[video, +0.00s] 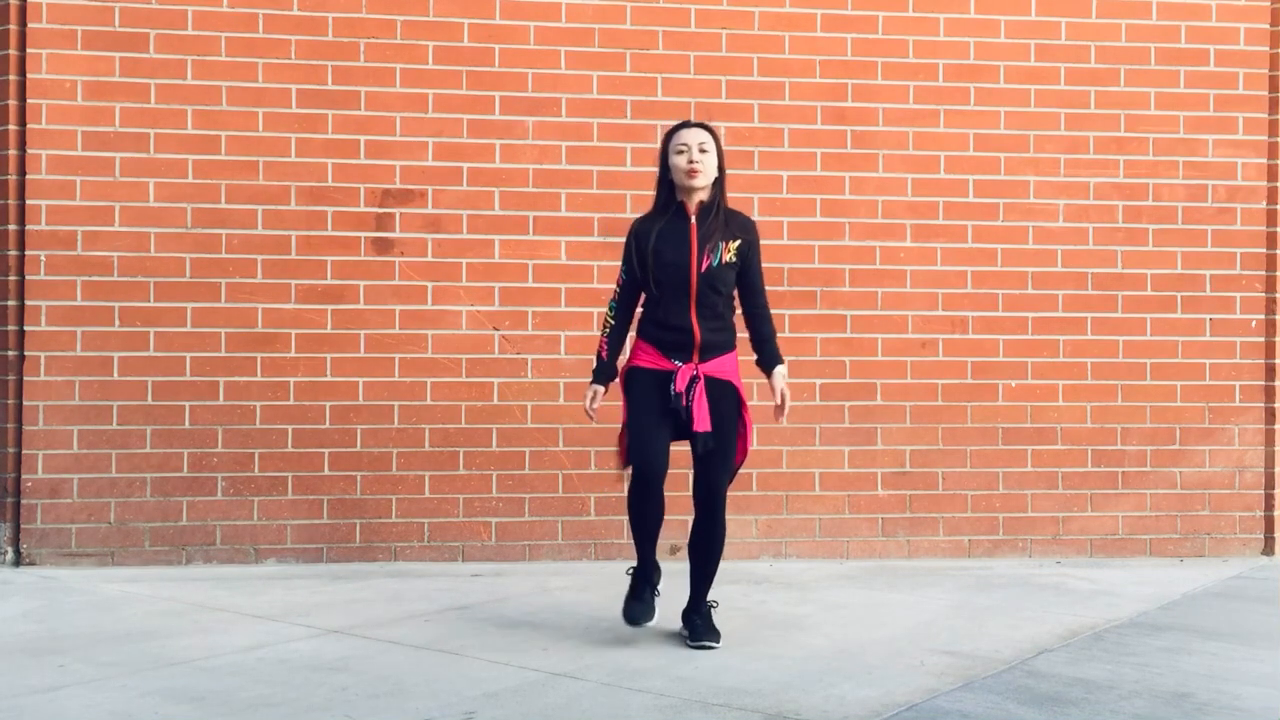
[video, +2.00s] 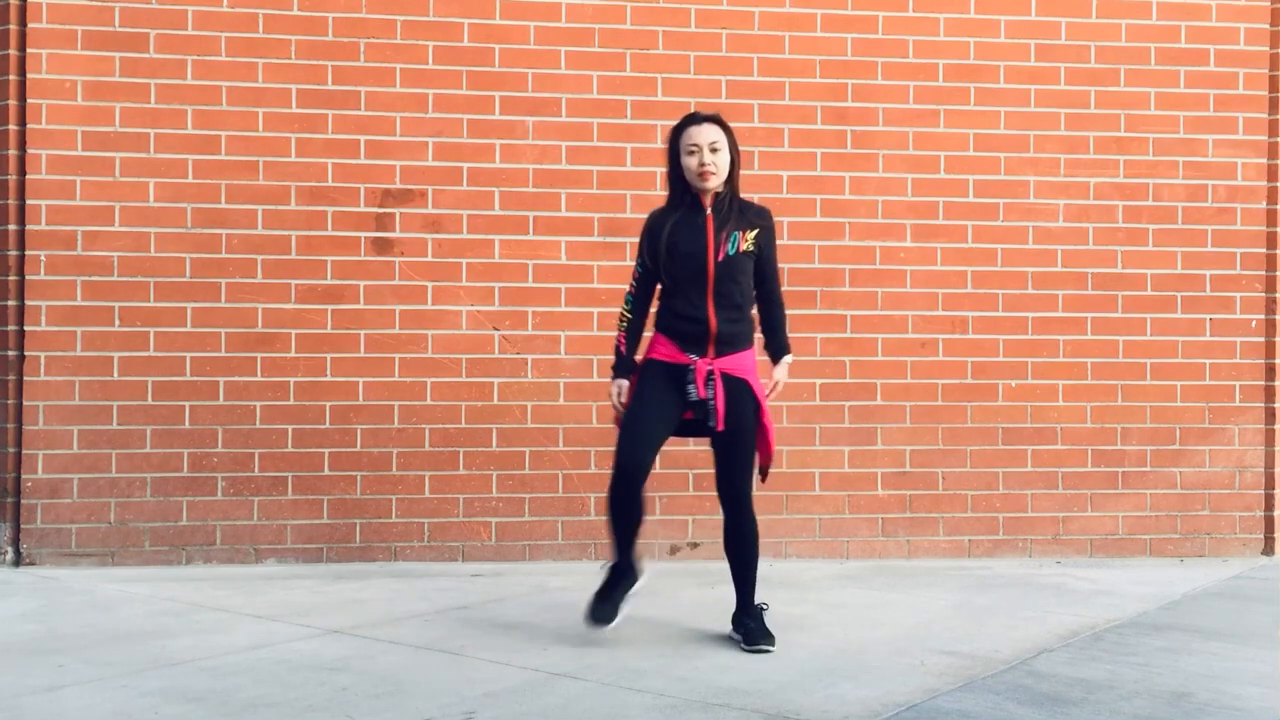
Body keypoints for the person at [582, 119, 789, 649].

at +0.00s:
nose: (693, 158)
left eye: (703, 150)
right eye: (682, 151)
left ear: (718, 162)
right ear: (666, 164)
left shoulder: (738, 228)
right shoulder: (646, 229)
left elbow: (755, 302)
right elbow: (622, 303)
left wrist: (774, 365)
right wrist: (603, 369)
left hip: (715, 371)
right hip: (651, 368)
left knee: (711, 493)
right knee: (647, 471)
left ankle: (698, 606)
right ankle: (645, 571)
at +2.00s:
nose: (705, 160)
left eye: (714, 149)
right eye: (693, 151)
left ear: (731, 156)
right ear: (679, 162)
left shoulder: (755, 220)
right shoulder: (662, 222)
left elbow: (769, 292)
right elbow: (638, 296)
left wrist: (780, 351)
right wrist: (622, 365)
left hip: (734, 367)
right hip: (667, 364)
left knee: (736, 491)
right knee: (627, 467)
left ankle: (747, 609)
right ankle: (623, 566)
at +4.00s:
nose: (707, 162)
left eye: (716, 152)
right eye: (695, 153)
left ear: (732, 159)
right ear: (678, 163)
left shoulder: (749, 229)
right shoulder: (659, 223)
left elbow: (778, 282)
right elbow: (631, 277)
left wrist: (802, 306)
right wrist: (616, 303)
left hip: (723, 375)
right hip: (658, 372)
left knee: (733, 497)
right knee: (628, 493)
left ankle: (750, 611)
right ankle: (605, 601)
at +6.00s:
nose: (694, 163)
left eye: (704, 154)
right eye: (682, 155)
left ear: (719, 164)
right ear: (665, 166)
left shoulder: (732, 240)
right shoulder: (642, 226)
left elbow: (740, 306)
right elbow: (605, 285)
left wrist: (770, 342)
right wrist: (595, 306)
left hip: (697, 381)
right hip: (630, 375)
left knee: (726, 498)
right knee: (611, 498)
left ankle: (758, 610)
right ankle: (598, 609)